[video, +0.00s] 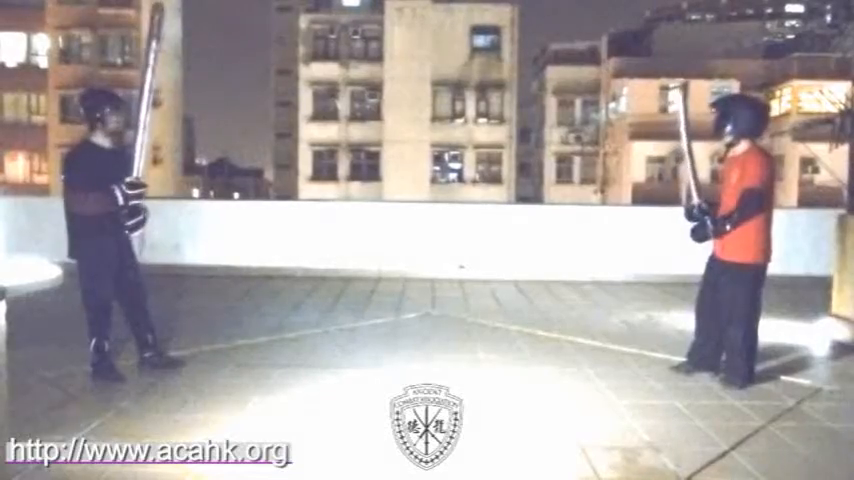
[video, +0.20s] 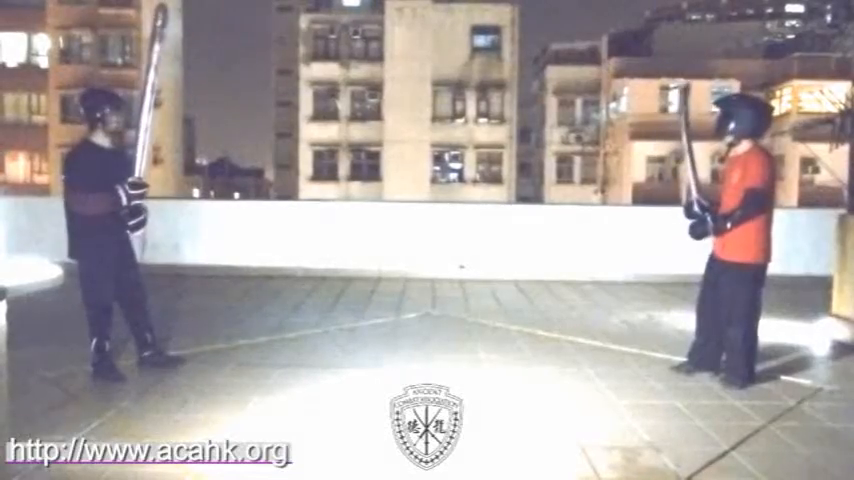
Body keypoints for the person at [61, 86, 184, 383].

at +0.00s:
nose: (121, 118)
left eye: (121, 111)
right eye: (114, 112)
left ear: (115, 115)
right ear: (99, 117)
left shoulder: (120, 155)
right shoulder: (79, 157)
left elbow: (125, 192)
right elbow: (78, 203)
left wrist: (137, 212)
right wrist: (117, 196)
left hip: (118, 235)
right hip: (90, 239)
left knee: (132, 291)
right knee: (98, 297)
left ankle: (149, 350)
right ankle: (99, 357)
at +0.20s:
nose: (121, 119)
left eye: (121, 112)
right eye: (116, 112)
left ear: (105, 117)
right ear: (100, 116)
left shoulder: (117, 156)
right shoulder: (79, 157)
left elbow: (123, 193)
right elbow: (81, 203)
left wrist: (136, 210)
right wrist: (119, 197)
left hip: (117, 236)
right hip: (91, 240)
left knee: (132, 290)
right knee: (99, 297)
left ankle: (148, 349)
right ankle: (100, 356)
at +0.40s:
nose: (124, 120)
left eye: (123, 114)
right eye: (118, 114)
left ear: (114, 115)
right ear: (101, 117)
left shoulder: (117, 154)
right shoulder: (83, 156)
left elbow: (119, 193)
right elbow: (82, 201)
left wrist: (135, 199)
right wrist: (123, 198)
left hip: (118, 234)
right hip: (92, 238)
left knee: (132, 288)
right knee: (100, 295)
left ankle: (140, 348)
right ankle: (100, 356)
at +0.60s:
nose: (129, 120)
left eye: (128, 114)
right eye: (123, 114)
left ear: (114, 116)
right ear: (108, 117)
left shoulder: (121, 152)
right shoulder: (89, 155)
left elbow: (119, 194)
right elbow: (93, 203)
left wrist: (140, 196)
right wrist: (134, 201)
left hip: (122, 234)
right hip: (97, 237)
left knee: (133, 290)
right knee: (102, 295)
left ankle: (140, 349)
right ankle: (101, 355)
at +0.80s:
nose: (134, 121)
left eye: (133, 115)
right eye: (128, 115)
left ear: (115, 118)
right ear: (114, 117)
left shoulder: (121, 155)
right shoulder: (99, 157)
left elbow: (119, 196)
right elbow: (101, 202)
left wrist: (142, 198)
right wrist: (139, 200)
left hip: (125, 236)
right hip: (105, 239)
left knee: (137, 292)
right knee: (107, 296)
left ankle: (141, 348)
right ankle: (102, 355)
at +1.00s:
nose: (136, 120)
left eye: (136, 115)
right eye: (130, 114)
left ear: (121, 117)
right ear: (115, 116)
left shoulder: (123, 154)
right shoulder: (101, 156)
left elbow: (123, 193)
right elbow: (104, 201)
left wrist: (145, 194)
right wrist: (141, 196)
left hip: (129, 237)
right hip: (108, 240)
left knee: (139, 291)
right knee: (109, 296)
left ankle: (141, 348)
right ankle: (102, 354)